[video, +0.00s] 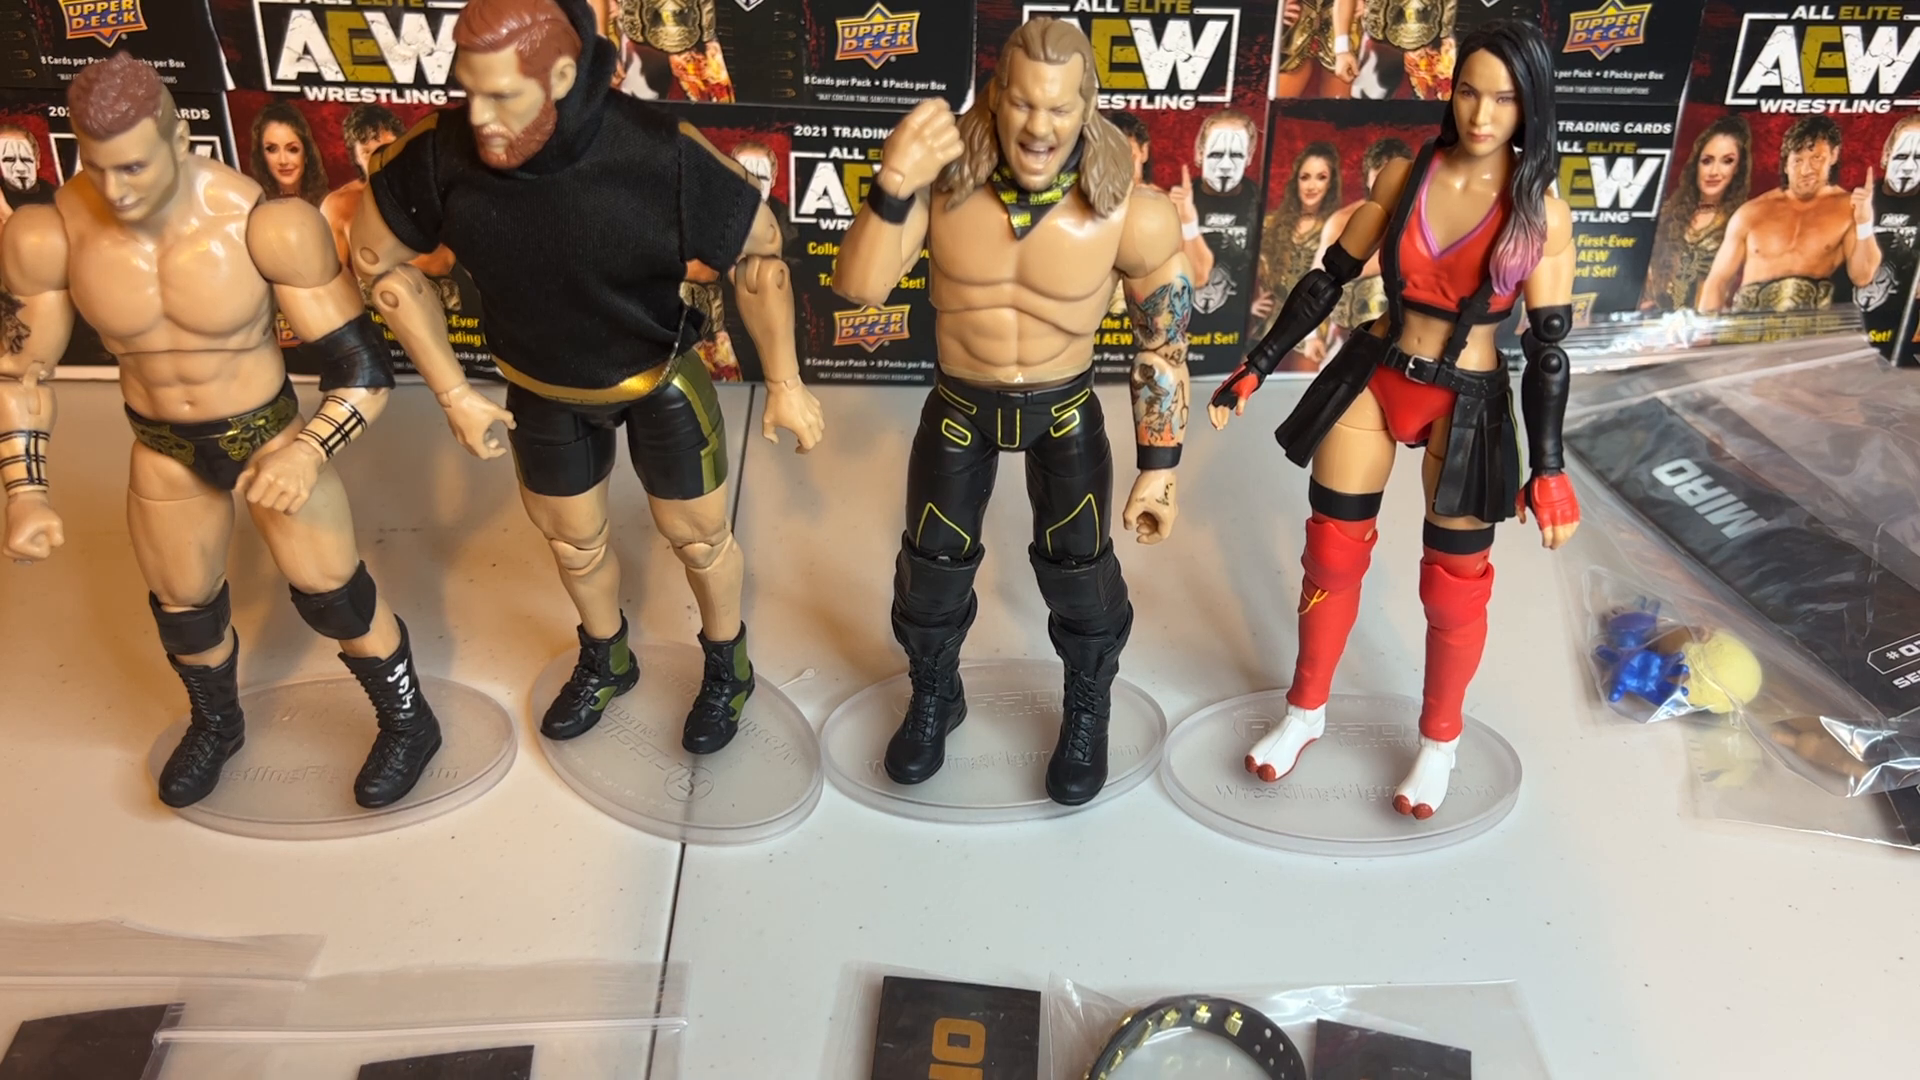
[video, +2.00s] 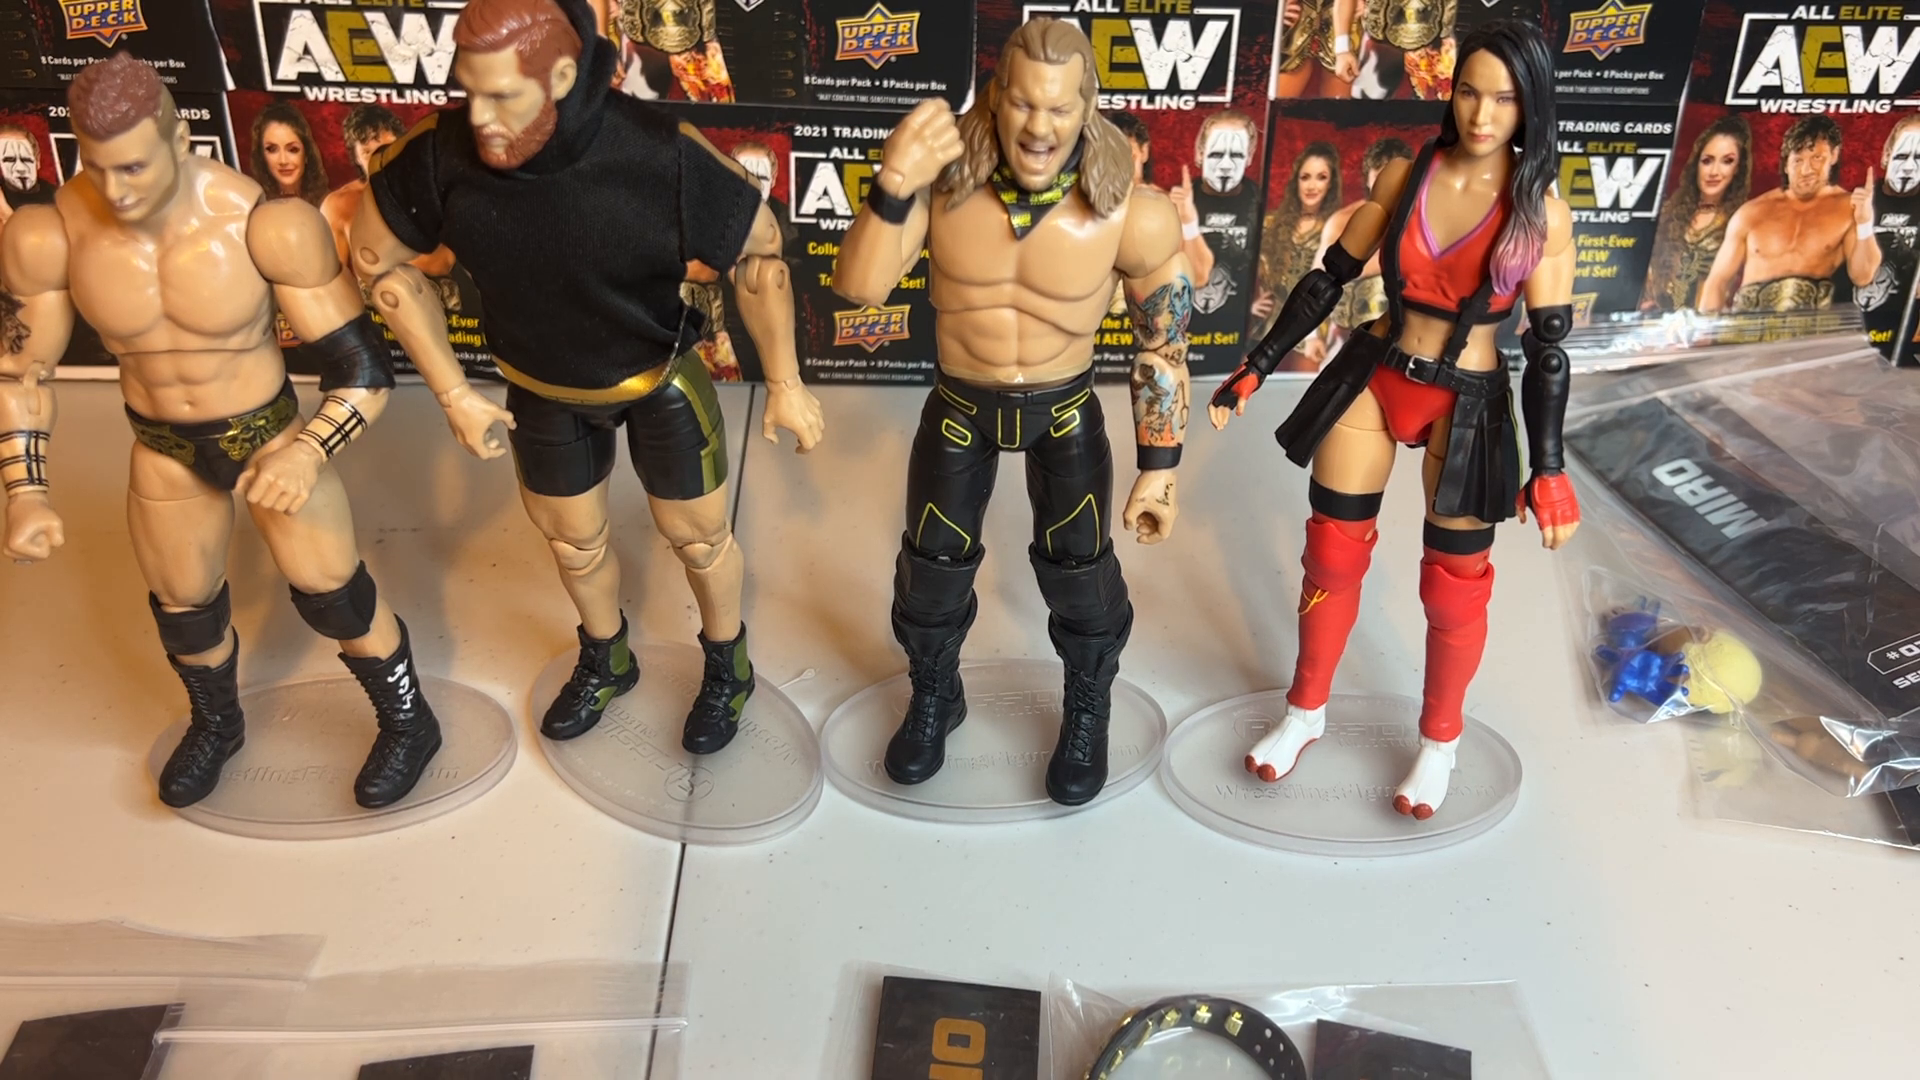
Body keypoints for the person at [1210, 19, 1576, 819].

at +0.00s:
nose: (1480, 113)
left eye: (1501, 99)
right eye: (1469, 94)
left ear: (1529, 108)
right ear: (1450, 94)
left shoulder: (1540, 209)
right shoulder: (1406, 175)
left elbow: (1549, 345)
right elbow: (1333, 273)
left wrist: (1549, 466)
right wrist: (1256, 364)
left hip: (1467, 405)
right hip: (1372, 383)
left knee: (1454, 590)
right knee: (1331, 560)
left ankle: (1438, 742)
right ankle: (1304, 710)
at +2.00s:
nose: (1480, 113)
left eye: (1501, 99)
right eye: (1469, 94)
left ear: (1529, 108)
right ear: (1451, 94)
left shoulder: (1540, 209)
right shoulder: (1406, 175)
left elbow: (1549, 346)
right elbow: (1332, 274)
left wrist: (1549, 467)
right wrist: (1255, 365)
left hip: (1467, 404)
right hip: (1372, 382)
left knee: (1454, 590)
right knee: (1331, 559)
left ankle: (1438, 741)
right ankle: (1305, 709)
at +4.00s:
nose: (1480, 114)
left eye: (1501, 99)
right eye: (1470, 94)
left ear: (1529, 108)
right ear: (1451, 94)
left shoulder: (1541, 207)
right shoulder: (1407, 174)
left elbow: (1550, 343)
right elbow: (1333, 273)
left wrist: (1549, 465)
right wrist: (1257, 364)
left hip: (1467, 406)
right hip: (1372, 383)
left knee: (1454, 592)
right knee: (1331, 560)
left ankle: (1438, 743)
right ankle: (1305, 711)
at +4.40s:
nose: (1480, 113)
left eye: (1501, 98)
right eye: (1469, 93)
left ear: (1529, 108)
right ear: (1451, 94)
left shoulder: (1540, 208)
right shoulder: (1406, 174)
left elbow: (1549, 344)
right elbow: (1333, 273)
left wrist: (1549, 466)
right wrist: (1256, 364)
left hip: (1467, 404)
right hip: (1372, 382)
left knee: (1454, 590)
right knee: (1331, 559)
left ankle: (1438, 742)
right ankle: (1304, 710)